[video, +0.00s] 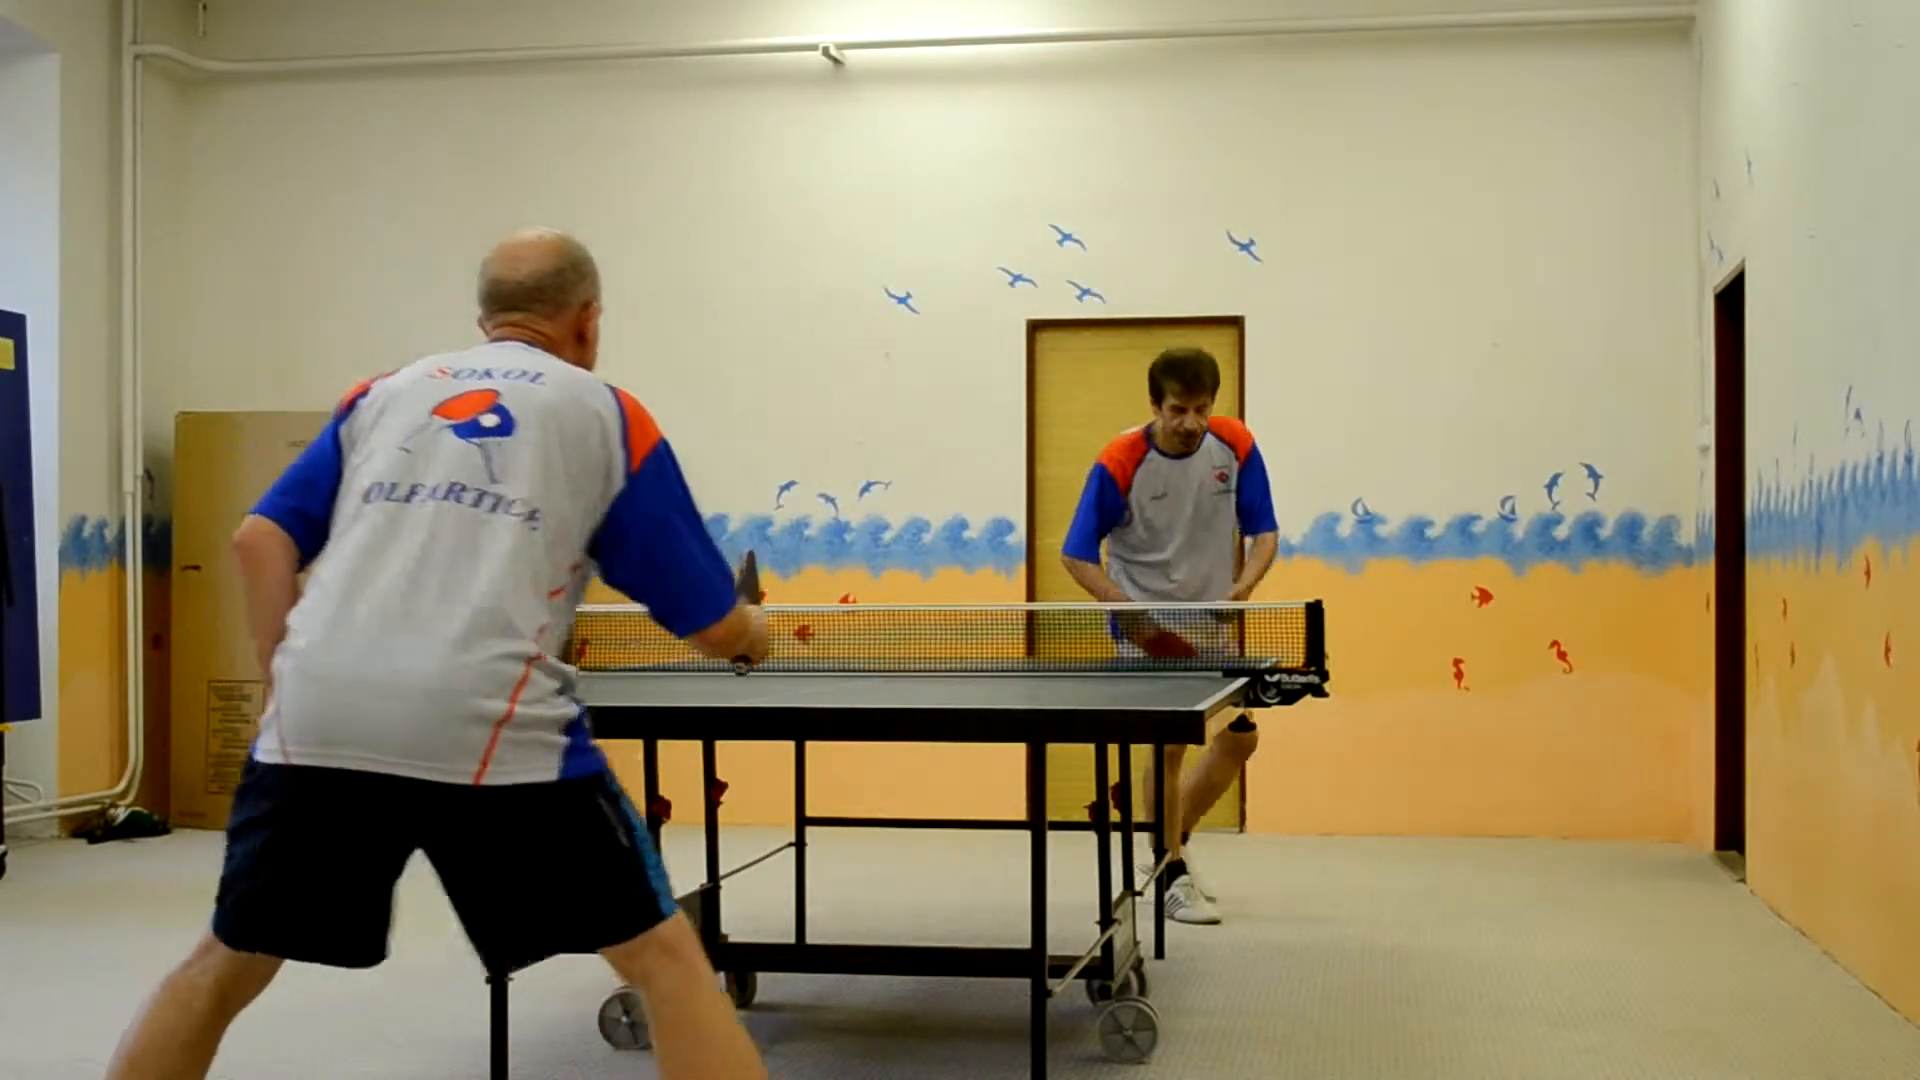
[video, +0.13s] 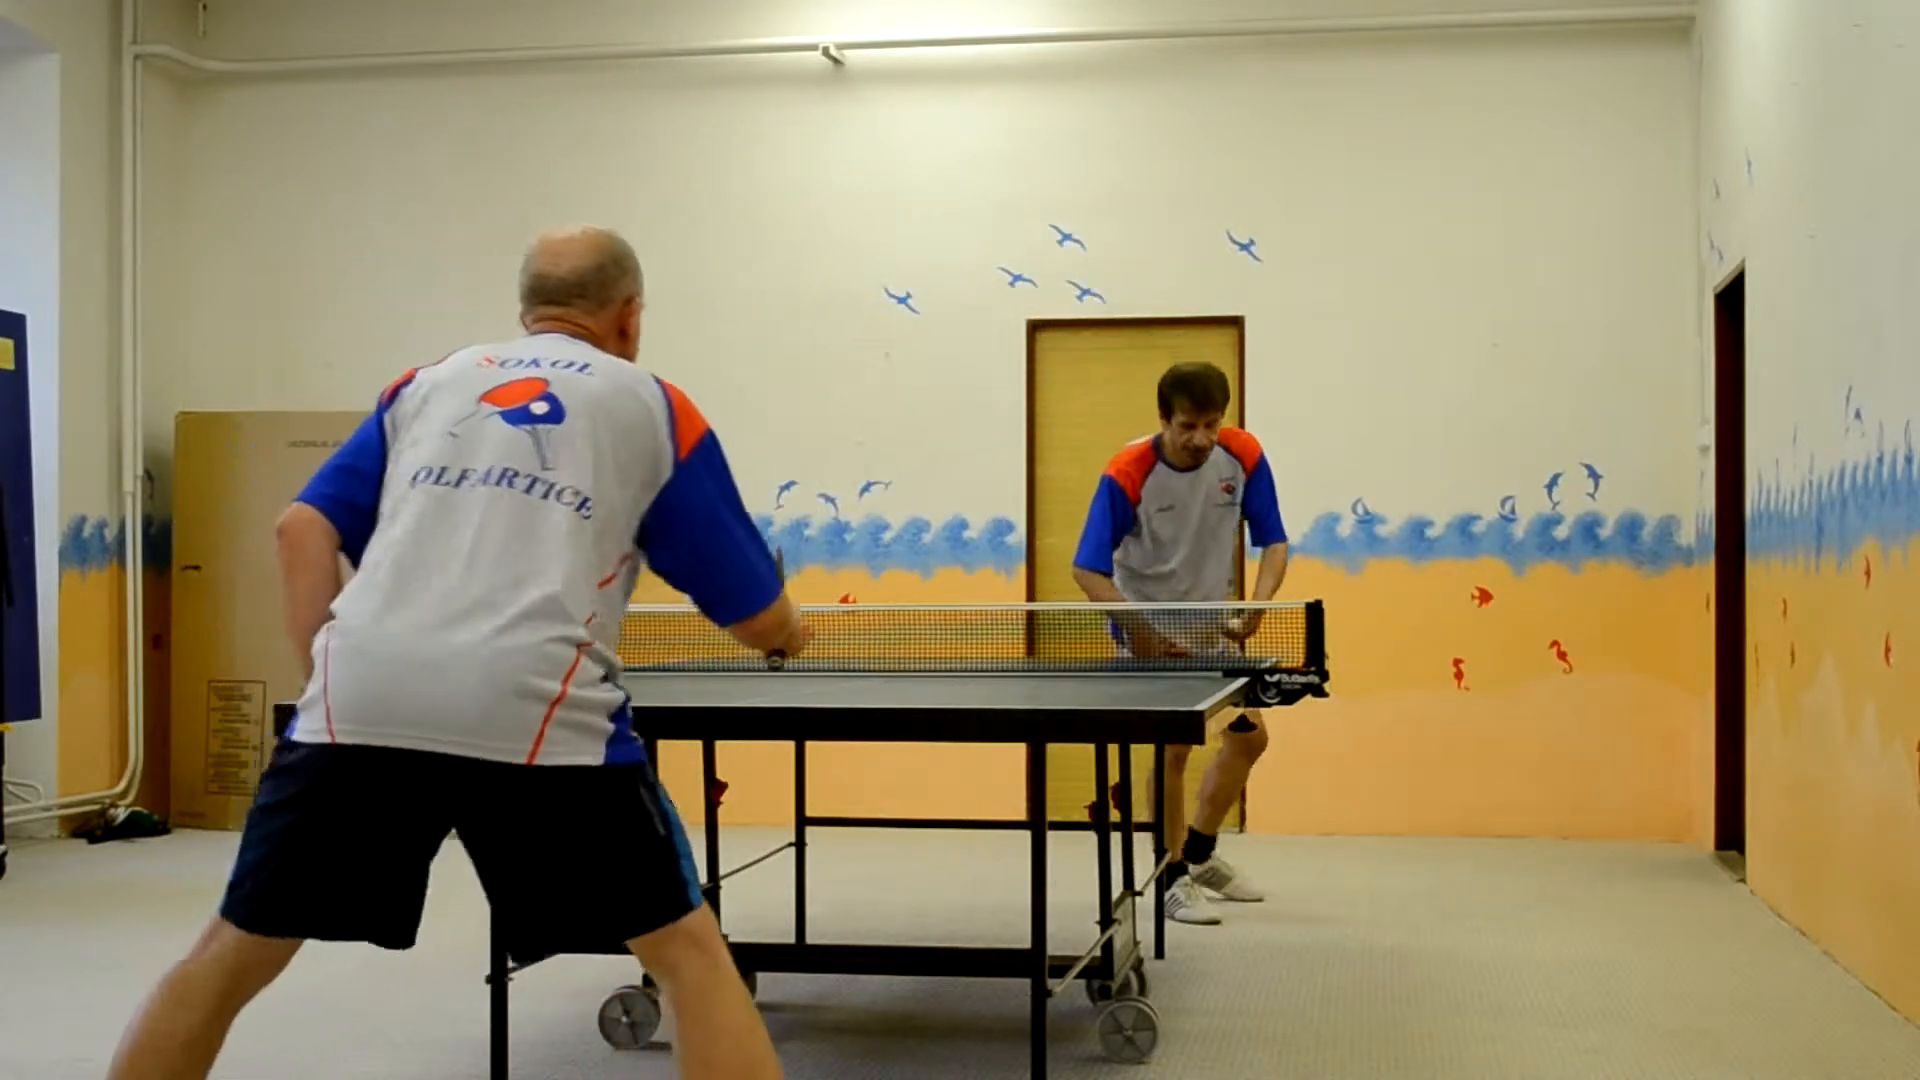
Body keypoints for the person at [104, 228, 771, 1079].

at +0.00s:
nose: (602, 336)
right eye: (599, 319)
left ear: (481, 319)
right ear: (585, 323)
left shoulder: (379, 398)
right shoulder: (608, 418)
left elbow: (262, 538)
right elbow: (715, 625)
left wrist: (284, 684)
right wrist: (750, 631)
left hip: (317, 720)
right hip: (497, 729)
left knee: (221, 966)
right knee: (666, 963)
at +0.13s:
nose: (645, 331)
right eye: (643, 316)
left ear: (523, 308)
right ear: (627, 319)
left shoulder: (421, 387)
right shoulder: (654, 410)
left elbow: (305, 527)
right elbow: (764, 620)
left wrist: (329, 687)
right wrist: (784, 628)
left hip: (356, 711)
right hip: (540, 720)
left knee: (226, 957)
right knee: (691, 958)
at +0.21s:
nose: (656, 335)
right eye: (655, 320)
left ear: (536, 307)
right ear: (641, 321)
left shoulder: (433, 385)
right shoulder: (667, 413)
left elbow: (312, 524)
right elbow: (773, 617)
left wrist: (332, 687)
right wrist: (794, 630)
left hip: (358, 712)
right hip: (544, 723)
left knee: (226, 967)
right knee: (690, 956)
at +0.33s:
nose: (656, 345)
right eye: (656, 329)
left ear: (538, 310)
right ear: (639, 328)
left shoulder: (426, 387)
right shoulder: (653, 419)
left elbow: (303, 527)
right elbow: (752, 629)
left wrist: (306, 692)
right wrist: (788, 631)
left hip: (342, 716)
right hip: (529, 728)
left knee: (221, 966)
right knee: (679, 961)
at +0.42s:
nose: (650, 345)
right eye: (650, 329)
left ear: (536, 311)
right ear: (637, 328)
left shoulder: (424, 384)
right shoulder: (645, 419)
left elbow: (297, 525)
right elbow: (728, 633)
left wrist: (298, 690)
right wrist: (766, 648)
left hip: (336, 713)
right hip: (521, 726)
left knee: (218, 966)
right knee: (675, 961)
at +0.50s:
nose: (648, 340)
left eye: (648, 323)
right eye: (649, 323)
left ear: (535, 308)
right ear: (635, 323)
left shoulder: (420, 382)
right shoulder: (642, 417)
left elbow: (296, 525)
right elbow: (716, 638)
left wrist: (297, 693)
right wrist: (753, 666)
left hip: (336, 711)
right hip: (520, 722)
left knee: (218, 967)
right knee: (674, 964)